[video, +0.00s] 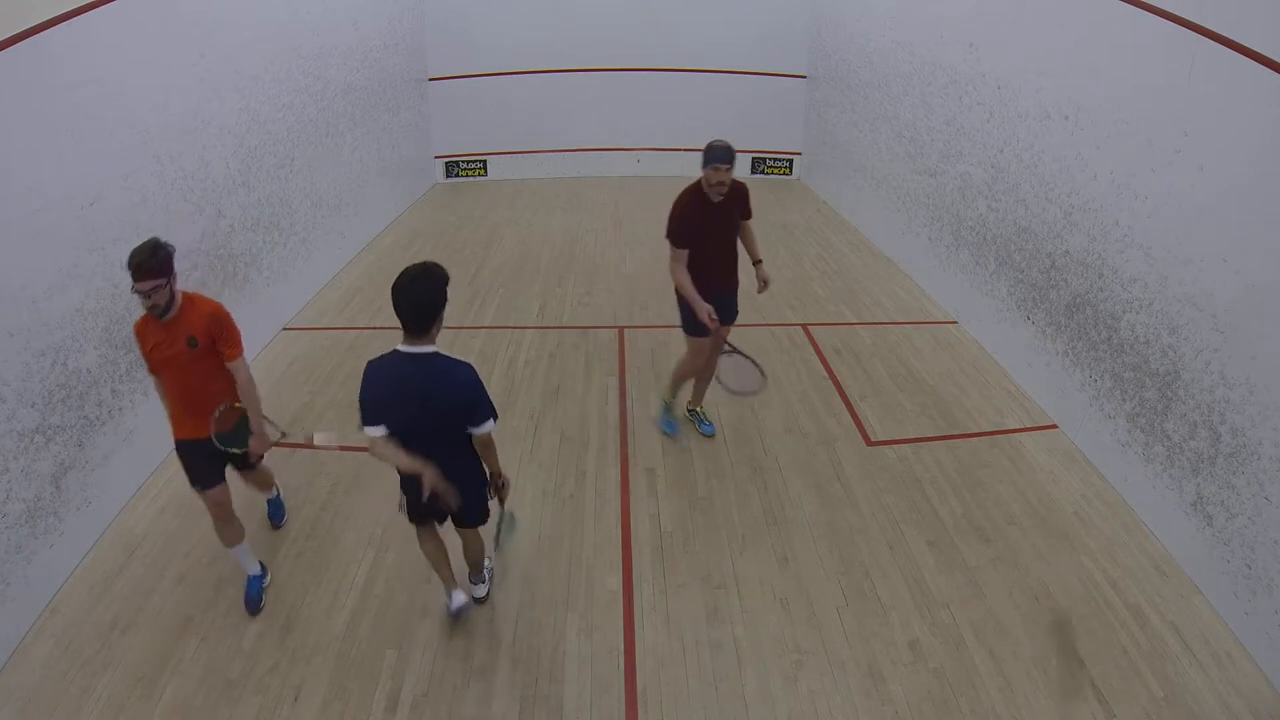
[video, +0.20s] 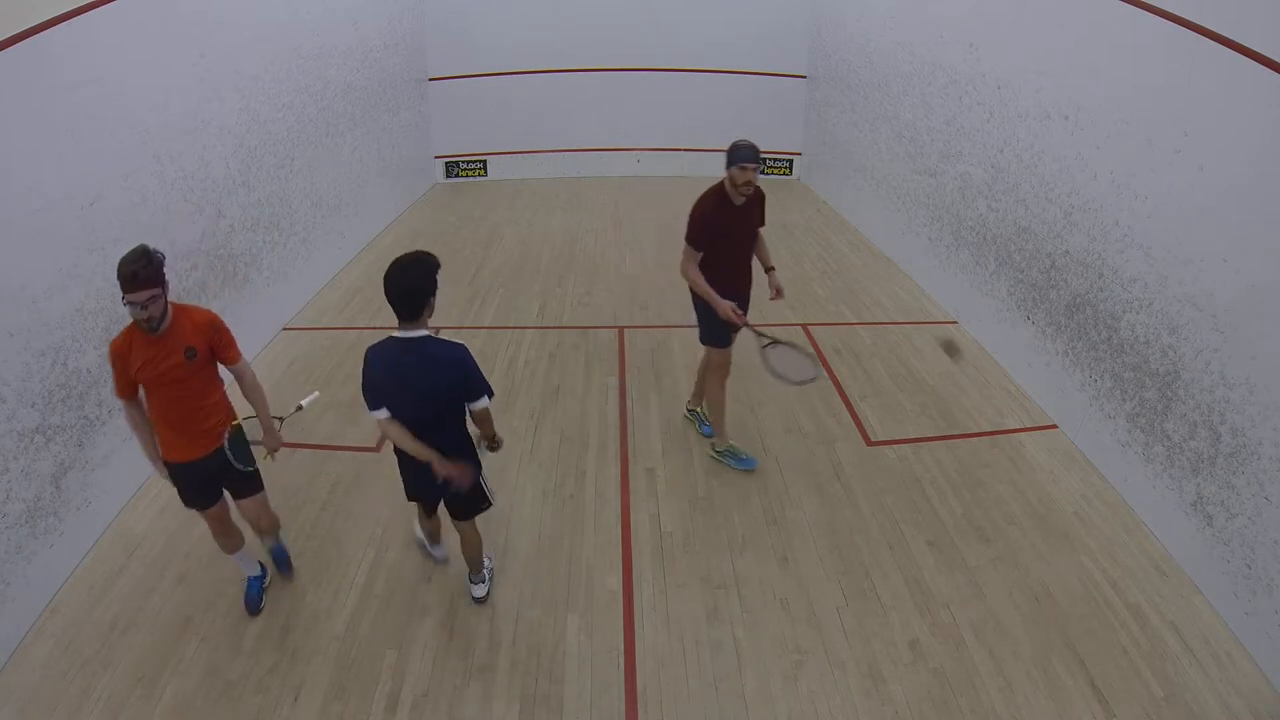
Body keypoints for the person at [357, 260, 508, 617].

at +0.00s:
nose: (446, 314)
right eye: (445, 308)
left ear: (398, 315)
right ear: (441, 319)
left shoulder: (377, 371)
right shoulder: (460, 374)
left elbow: (377, 443)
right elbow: (483, 439)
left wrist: (423, 469)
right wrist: (496, 473)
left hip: (415, 481)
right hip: (462, 476)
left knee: (425, 528)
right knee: (469, 530)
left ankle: (453, 593)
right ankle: (478, 582)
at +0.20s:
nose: (436, 298)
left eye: (433, 291)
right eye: (435, 292)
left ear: (391, 303)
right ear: (430, 303)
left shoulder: (376, 357)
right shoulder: (454, 354)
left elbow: (387, 425)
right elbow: (480, 413)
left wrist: (434, 459)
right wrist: (490, 436)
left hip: (412, 460)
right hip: (457, 455)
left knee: (427, 509)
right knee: (465, 522)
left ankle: (436, 547)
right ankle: (478, 581)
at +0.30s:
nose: (430, 296)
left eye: (428, 288)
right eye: (429, 289)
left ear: (385, 298)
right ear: (422, 299)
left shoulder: (372, 353)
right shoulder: (446, 349)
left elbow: (385, 420)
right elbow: (484, 418)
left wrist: (414, 468)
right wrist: (481, 430)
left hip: (412, 457)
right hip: (453, 452)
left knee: (425, 494)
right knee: (463, 518)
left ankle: (427, 528)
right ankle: (478, 580)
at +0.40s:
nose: (423, 293)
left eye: (422, 285)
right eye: (422, 286)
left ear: (381, 294)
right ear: (414, 295)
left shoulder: (370, 349)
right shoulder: (439, 343)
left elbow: (378, 415)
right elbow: (469, 400)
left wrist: (389, 466)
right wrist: (477, 422)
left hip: (408, 447)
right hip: (448, 441)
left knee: (420, 492)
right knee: (460, 512)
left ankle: (426, 525)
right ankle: (477, 578)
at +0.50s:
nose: (418, 287)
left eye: (416, 280)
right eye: (416, 281)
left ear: (376, 290)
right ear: (406, 291)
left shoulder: (365, 340)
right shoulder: (430, 337)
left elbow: (367, 399)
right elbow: (458, 393)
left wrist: (375, 437)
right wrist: (468, 414)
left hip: (402, 436)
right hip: (440, 433)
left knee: (416, 485)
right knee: (457, 505)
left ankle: (426, 523)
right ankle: (476, 573)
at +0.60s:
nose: (413, 276)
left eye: (410, 269)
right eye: (409, 270)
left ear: (371, 281)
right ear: (399, 280)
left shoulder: (358, 330)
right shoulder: (420, 328)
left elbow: (358, 381)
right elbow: (447, 381)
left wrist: (371, 413)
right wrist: (459, 405)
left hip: (394, 426)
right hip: (432, 423)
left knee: (412, 475)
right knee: (454, 492)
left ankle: (426, 521)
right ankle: (475, 564)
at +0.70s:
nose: (407, 271)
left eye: (405, 264)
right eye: (404, 265)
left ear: (364, 274)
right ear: (392, 274)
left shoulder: (351, 321)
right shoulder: (412, 320)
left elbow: (352, 366)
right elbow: (439, 374)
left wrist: (382, 374)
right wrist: (455, 399)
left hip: (387, 420)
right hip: (425, 414)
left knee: (409, 470)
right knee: (453, 475)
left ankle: (425, 522)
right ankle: (469, 547)